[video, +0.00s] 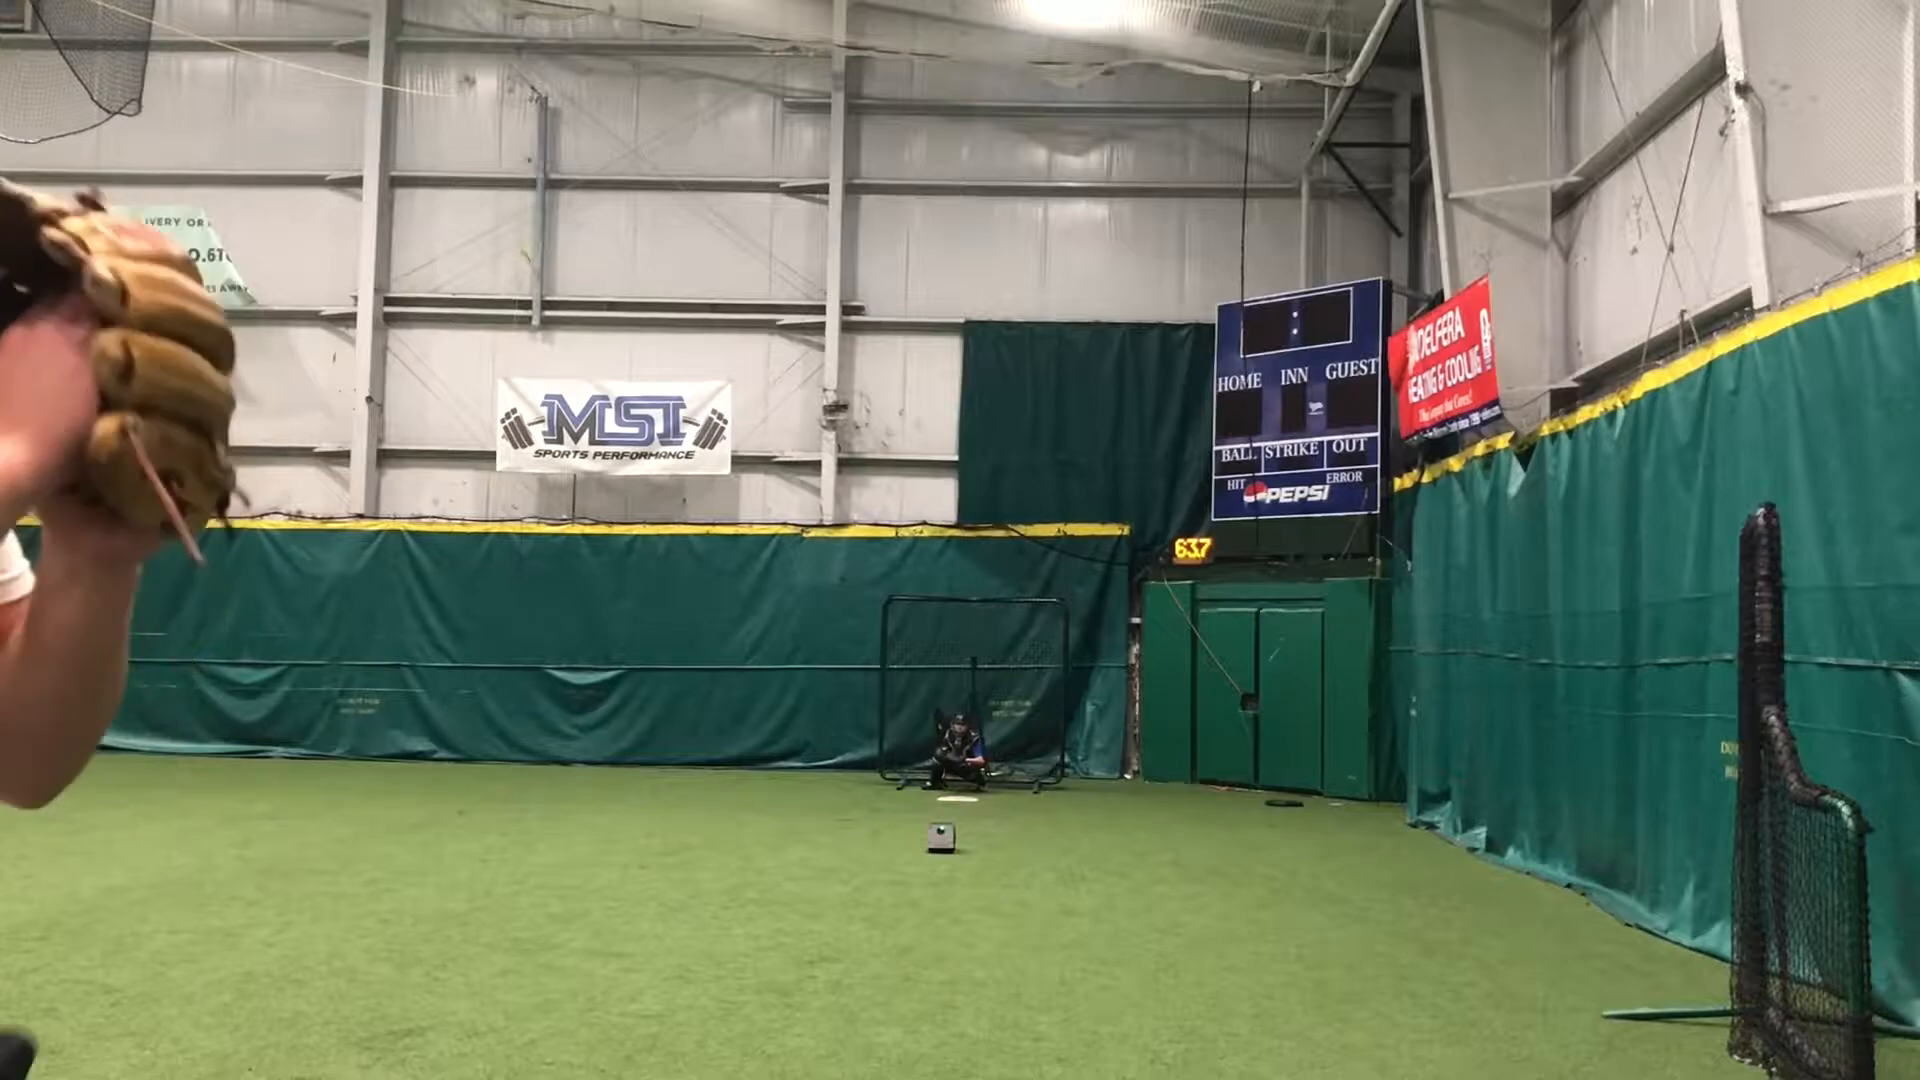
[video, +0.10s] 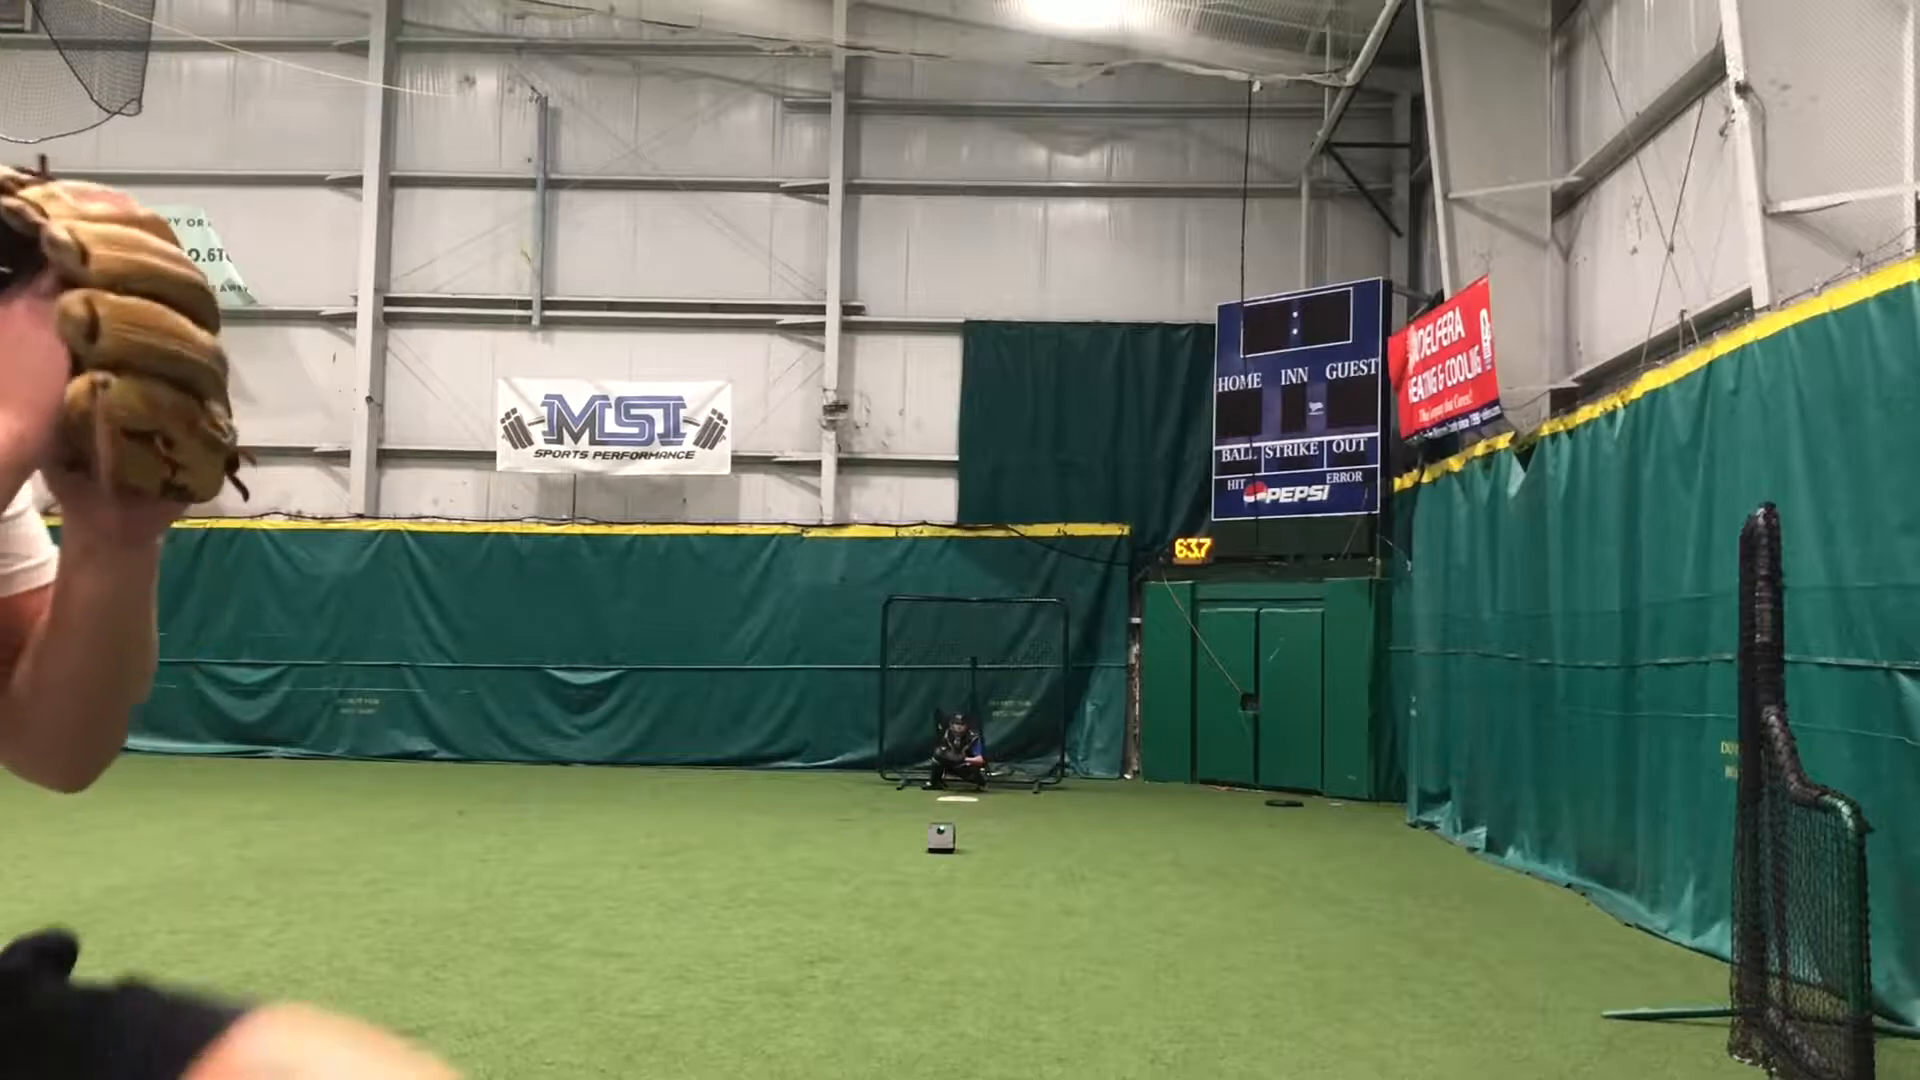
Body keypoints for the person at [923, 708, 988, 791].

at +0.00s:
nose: (959, 728)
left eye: (962, 725)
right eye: (957, 724)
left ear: (967, 726)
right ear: (952, 726)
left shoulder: (974, 739)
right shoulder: (946, 736)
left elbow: (981, 761)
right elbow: (940, 752)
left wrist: (966, 760)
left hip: (966, 766)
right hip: (950, 764)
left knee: (975, 776)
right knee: (938, 760)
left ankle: (981, 783)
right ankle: (935, 782)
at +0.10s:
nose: (958, 727)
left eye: (961, 724)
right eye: (956, 724)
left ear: (966, 726)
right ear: (951, 725)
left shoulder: (973, 738)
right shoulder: (946, 735)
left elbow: (980, 760)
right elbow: (939, 751)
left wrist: (964, 759)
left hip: (966, 766)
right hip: (949, 764)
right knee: (937, 760)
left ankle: (981, 783)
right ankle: (935, 782)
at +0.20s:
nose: (957, 726)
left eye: (960, 724)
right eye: (955, 723)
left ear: (965, 725)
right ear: (950, 725)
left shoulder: (972, 738)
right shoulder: (945, 735)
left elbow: (979, 759)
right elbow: (938, 751)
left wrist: (963, 757)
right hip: (948, 763)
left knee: (963, 768)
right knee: (936, 760)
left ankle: (980, 782)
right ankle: (936, 782)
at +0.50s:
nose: (954, 726)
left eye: (958, 723)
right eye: (952, 722)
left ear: (963, 725)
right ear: (947, 724)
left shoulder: (970, 738)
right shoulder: (942, 735)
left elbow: (976, 758)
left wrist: (960, 756)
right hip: (946, 760)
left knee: (960, 768)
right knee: (935, 753)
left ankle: (980, 782)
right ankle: (935, 782)